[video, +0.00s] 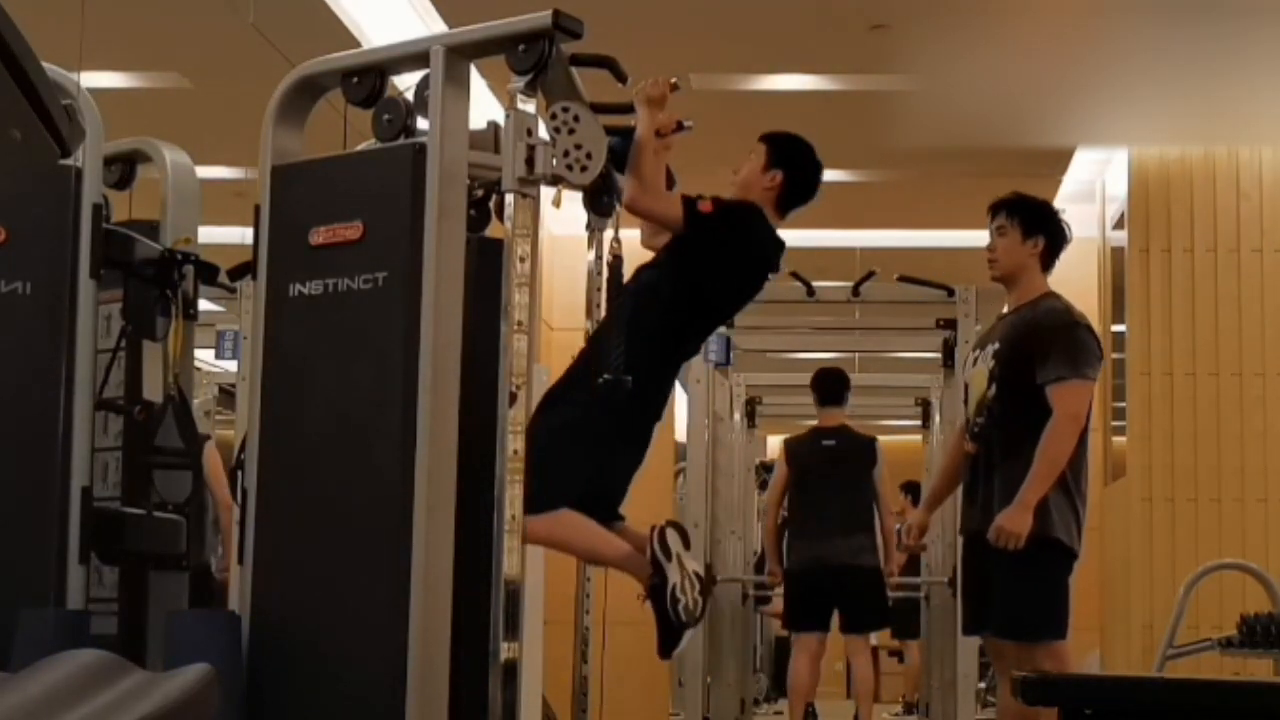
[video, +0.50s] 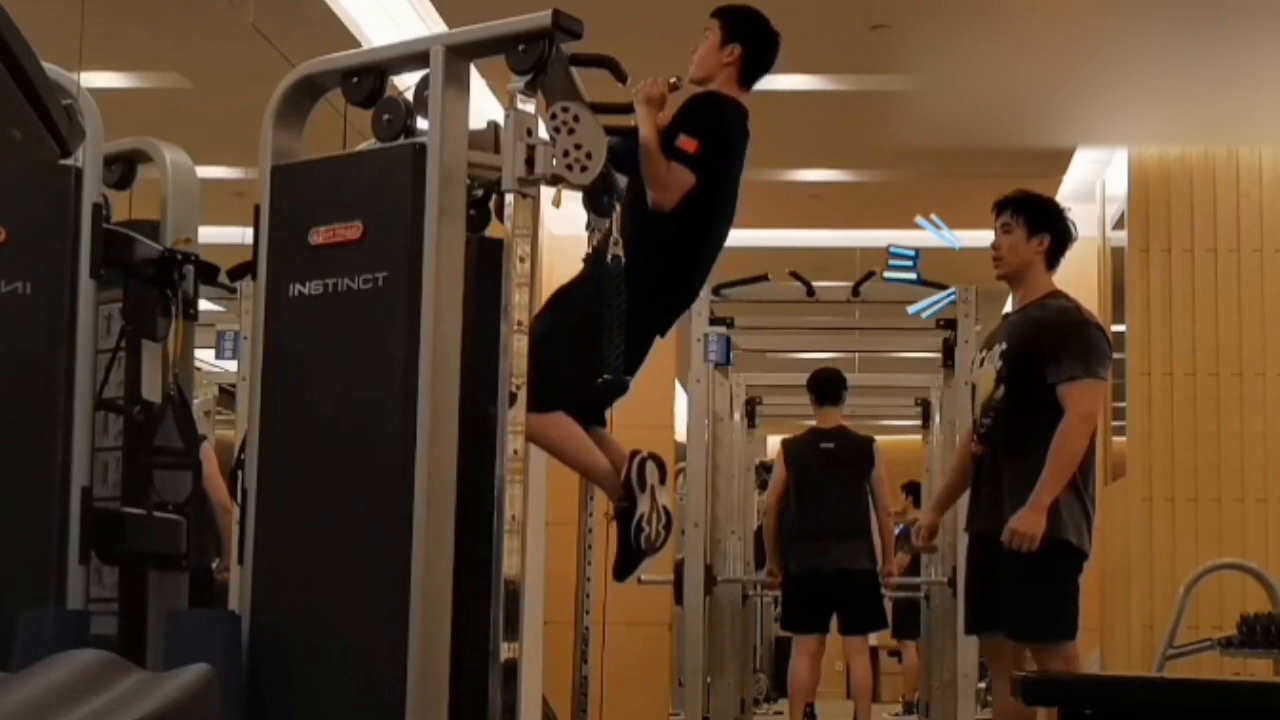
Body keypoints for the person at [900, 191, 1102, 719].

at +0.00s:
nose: (988, 246)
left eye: (1000, 235)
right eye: (989, 236)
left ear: (1037, 245)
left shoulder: (1060, 323)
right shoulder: (994, 334)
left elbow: (1071, 417)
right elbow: (970, 432)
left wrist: (1025, 503)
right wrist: (926, 507)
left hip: (1036, 525)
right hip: (992, 523)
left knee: (1042, 666)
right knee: (1005, 661)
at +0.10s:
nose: (990, 245)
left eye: (1002, 234)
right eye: (991, 234)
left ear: (1039, 244)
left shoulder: (1062, 322)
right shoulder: (997, 333)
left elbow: (1073, 417)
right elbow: (972, 432)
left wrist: (1027, 504)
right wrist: (926, 506)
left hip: (1038, 524)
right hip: (993, 522)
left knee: (1044, 663)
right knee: (1004, 659)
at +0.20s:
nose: (991, 243)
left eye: (1004, 232)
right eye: (992, 233)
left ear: (1041, 244)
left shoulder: (1063, 321)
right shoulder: (1000, 331)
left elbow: (1075, 415)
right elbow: (975, 430)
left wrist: (1029, 503)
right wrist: (927, 505)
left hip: (1039, 523)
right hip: (994, 521)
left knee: (1047, 661)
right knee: (1004, 658)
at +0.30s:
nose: (992, 243)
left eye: (1005, 232)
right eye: (993, 233)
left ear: (1041, 244)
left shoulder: (1064, 321)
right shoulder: (1003, 329)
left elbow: (1078, 416)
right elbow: (978, 430)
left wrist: (1031, 503)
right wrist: (930, 506)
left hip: (1041, 524)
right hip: (996, 522)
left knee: (1051, 661)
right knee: (1005, 658)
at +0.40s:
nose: (993, 243)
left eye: (1006, 232)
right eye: (993, 233)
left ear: (1042, 244)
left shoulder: (1066, 321)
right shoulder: (1003, 330)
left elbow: (1081, 417)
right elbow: (979, 431)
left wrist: (1035, 503)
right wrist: (932, 508)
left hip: (1043, 523)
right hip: (996, 521)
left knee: (1054, 662)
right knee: (1006, 658)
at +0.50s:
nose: (993, 243)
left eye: (1006, 232)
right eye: (994, 233)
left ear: (1042, 244)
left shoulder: (1066, 320)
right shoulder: (1007, 331)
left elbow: (1084, 416)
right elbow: (981, 432)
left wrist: (1038, 505)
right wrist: (936, 510)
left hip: (1044, 523)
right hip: (997, 520)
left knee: (1056, 660)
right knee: (1002, 658)